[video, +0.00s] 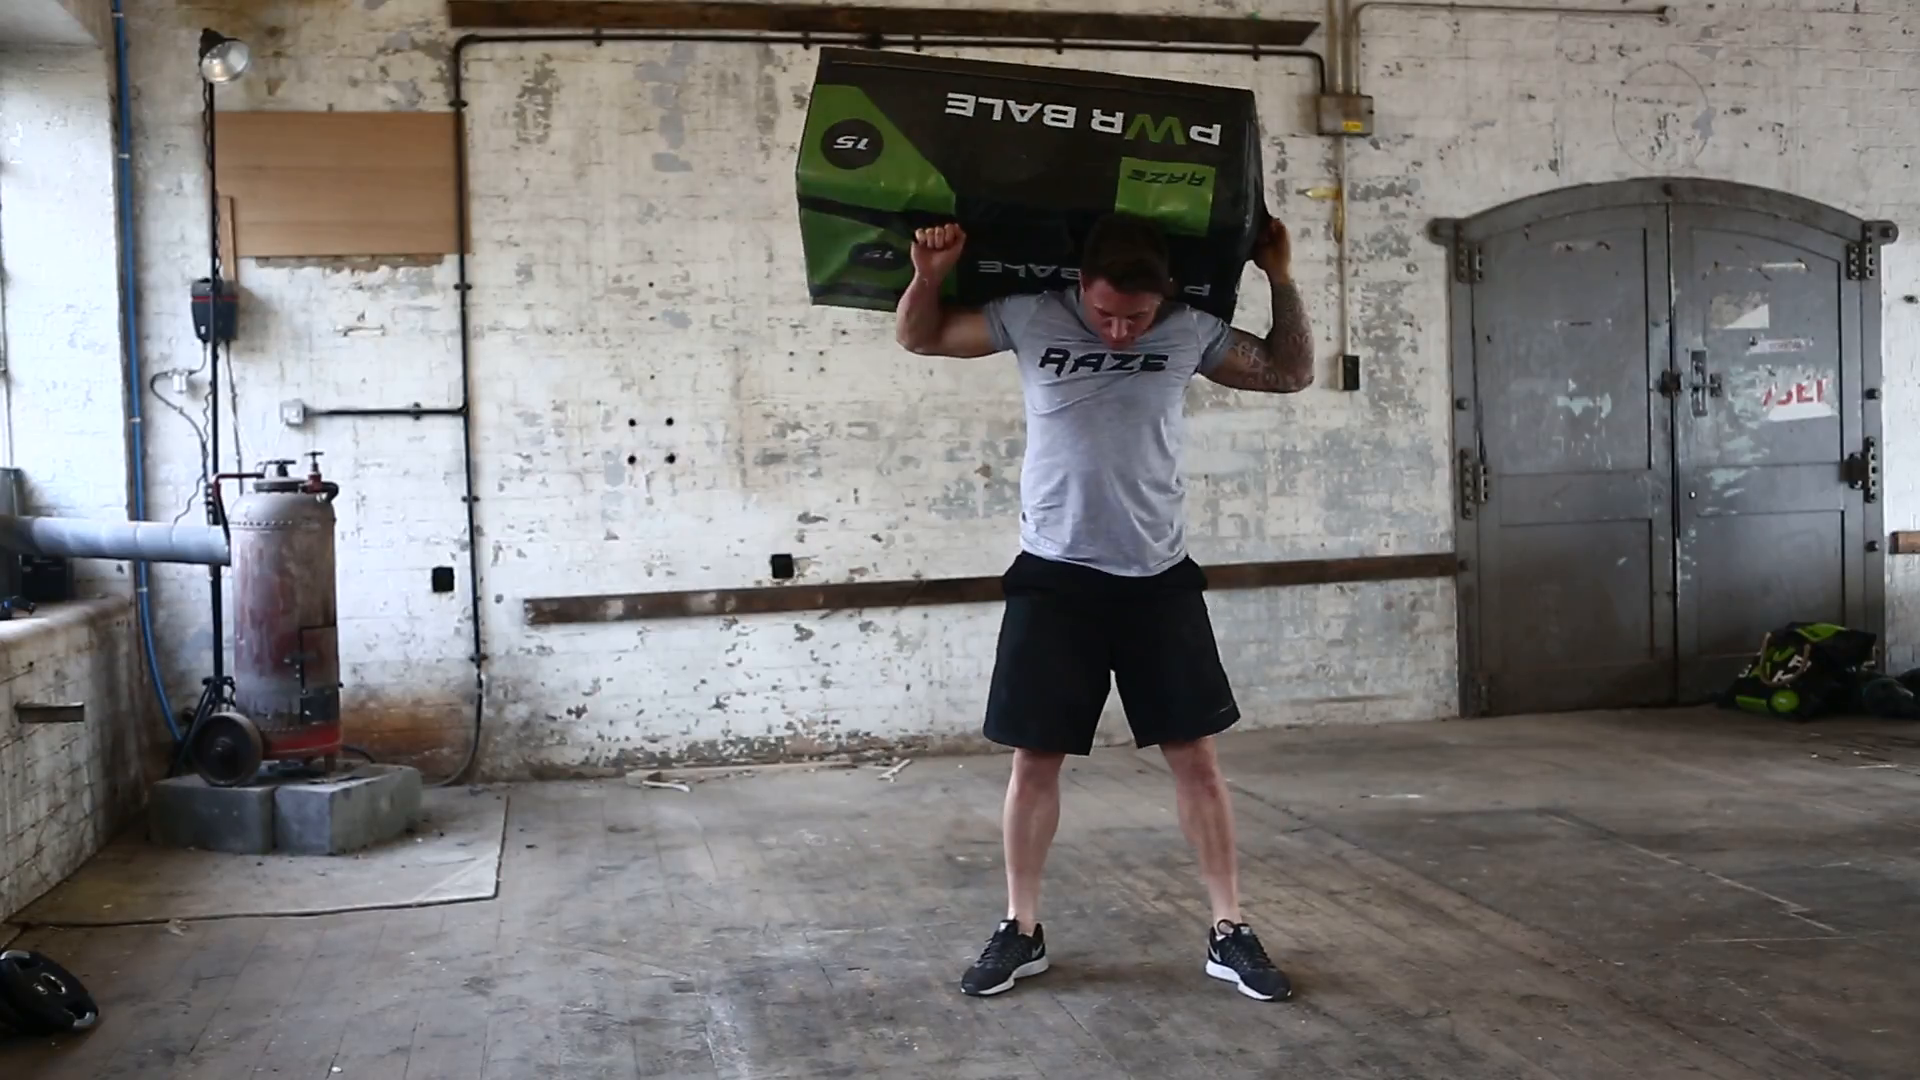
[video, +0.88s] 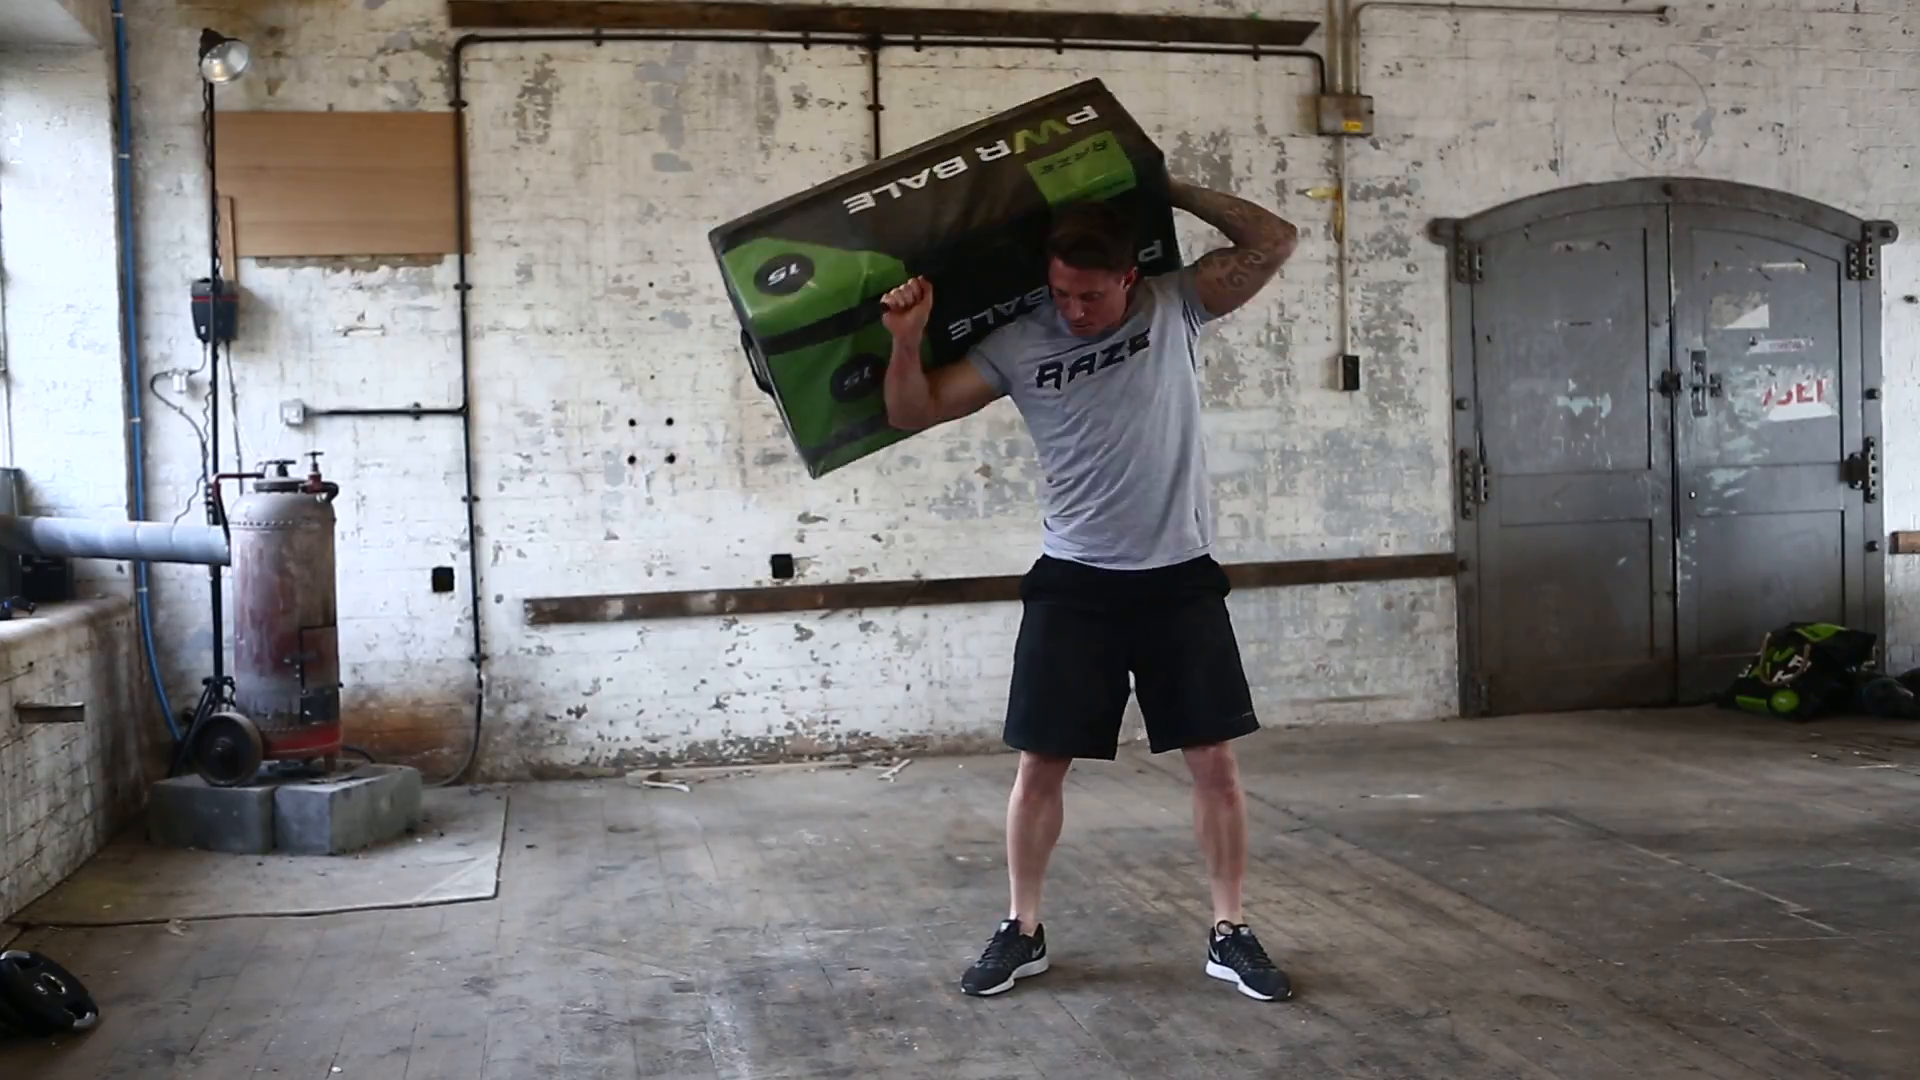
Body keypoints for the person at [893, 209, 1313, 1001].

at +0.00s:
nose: (1122, 329)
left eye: (1139, 316)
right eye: (1109, 313)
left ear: (1163, 295)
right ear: (1082, 285)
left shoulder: (1187, 331)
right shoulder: (1033, 318)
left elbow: (1290, 368)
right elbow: (921, 332)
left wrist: (1280, 273)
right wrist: (928, 272)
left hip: (1159, 582)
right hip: (1056, 581)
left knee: (1194, 756)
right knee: (1035, 760)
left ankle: (1229, 930)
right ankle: (1020, 928)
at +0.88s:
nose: (1076, 310)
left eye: (1092, 295)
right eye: (1062, 294)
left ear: (1130, 272)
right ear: (1048, 276)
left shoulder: (1175, 304)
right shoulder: (1021, 344)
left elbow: (1273, 240)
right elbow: (911, 412)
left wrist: (1179, 191)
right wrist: (906, 339)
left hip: (1181, 578)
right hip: (1073, 583)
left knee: (1215, 763)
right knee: (1039, 766)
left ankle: (1230, 930)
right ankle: (1021, 926)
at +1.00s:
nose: (1054, 340)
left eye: (1068, 327)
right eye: (1041, 325)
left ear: (1107, 301)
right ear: (1027, 305)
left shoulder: (1153, 314)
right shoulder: (1009, 376)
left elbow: (1205, 211)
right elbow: (918, 466)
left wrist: (1093, 189)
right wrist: (889, 412)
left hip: (1182, 580)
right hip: (1074, 588)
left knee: (1225, 760)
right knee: (1033, 764)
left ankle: (1230, 930)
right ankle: (1022, 928)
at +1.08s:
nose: (1033, 371)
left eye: (1046, 355)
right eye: (1019, 357)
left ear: (1080, 325)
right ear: (1003, 341)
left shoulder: (1130, 331)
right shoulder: (999, 410)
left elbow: (1154, 227)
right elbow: (928, 507)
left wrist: (1048, 221)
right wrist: (884, 481)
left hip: (1181, 591)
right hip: (1075, 600)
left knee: (1231, 766)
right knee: (1017, 772)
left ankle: (1230, 932)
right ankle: (1022, 930)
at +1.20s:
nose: (995, 450)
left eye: (1006, 433)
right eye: (982, 439)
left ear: (1042, 400)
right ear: (966, 424)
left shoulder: (1093, 398)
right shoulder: (984, 484)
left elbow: (1069, 304)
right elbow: (930, 591)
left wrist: (974, 305)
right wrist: (884, 603)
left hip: (1176, 620)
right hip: (1074, 628)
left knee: (1237, 786)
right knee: (997, 777)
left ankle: (1228, 933)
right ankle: (1021, 931)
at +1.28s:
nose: (972, 515)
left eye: (980, 498)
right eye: (959, 505)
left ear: (1015, 464)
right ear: (948, 491)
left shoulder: (1074, 456)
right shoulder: (975, 543)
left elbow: (1012, 377)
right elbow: (940, 655)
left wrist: (921, 395)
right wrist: (898, 696)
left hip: (1170, 647)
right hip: (1068, 655)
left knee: (1236, 794)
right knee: (987, 788)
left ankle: (1225, 933)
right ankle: (1022, 932)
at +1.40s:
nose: (941, 614)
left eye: (947, 597)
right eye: (930, 603)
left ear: (983, 564)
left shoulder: (1041, 528)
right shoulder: (962, 636)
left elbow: (945, 529)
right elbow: (953, 744)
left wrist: (858, 555)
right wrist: (921, 852)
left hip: (1165, 687)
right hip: (1067, 698)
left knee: (1231, 805)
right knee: (982, 793)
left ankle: (1223, 936)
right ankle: (1023, 935)